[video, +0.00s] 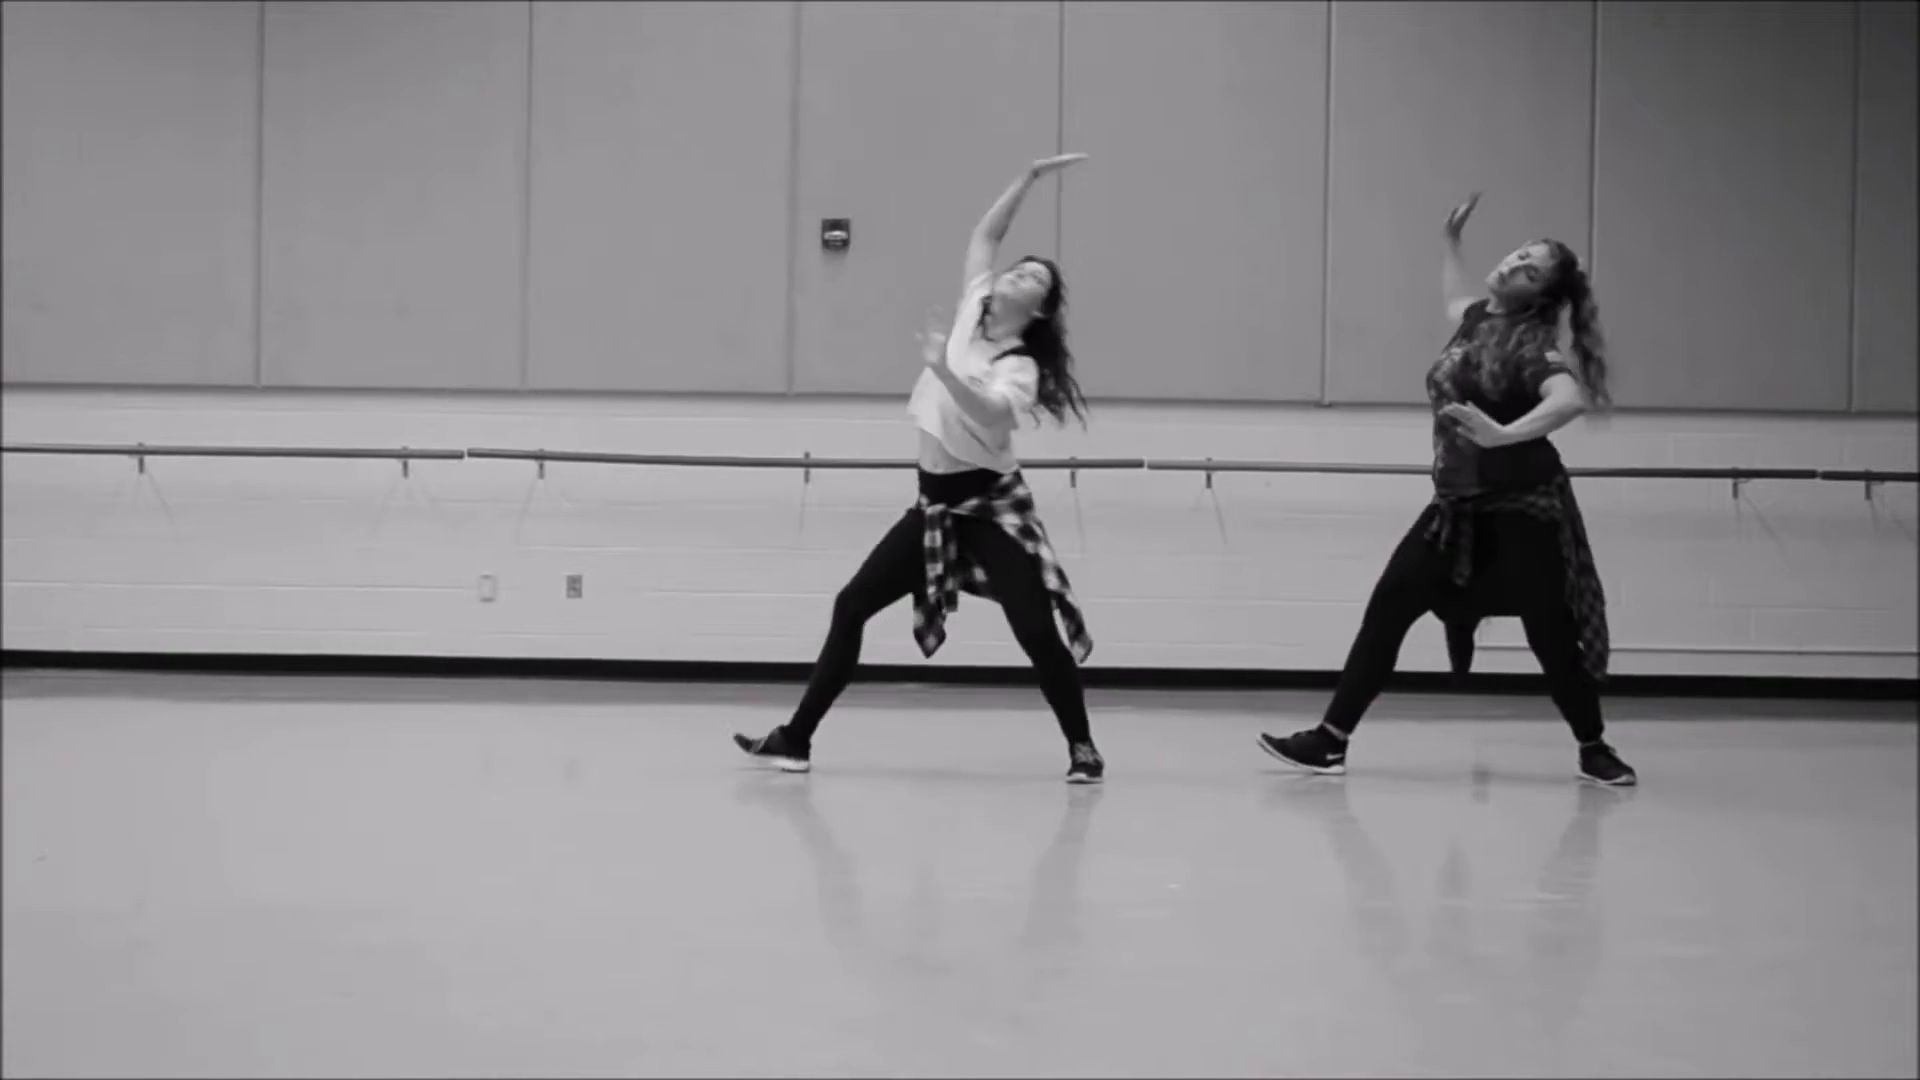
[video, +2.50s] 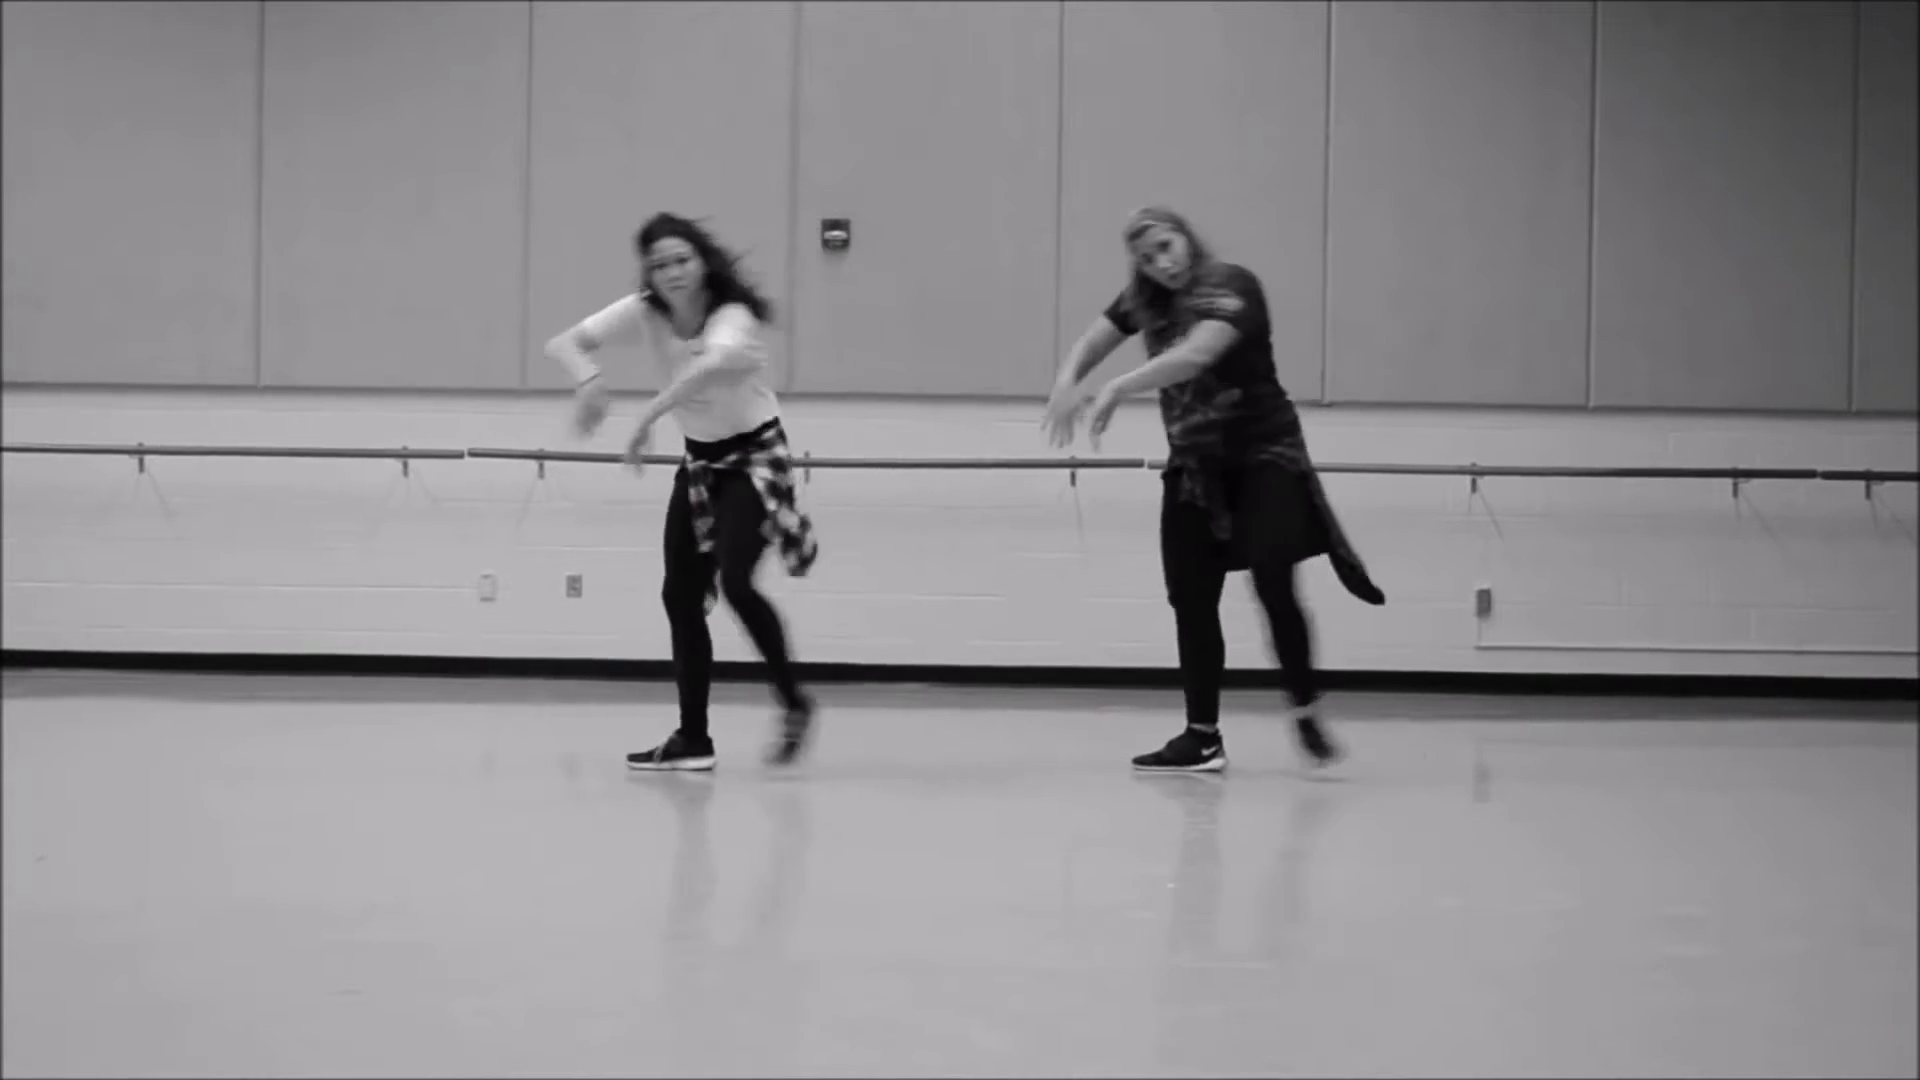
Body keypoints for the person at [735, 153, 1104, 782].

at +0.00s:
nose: (1018, 274)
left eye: (1034, 278)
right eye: (1018, 269)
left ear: (1040, 311)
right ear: (997, 282)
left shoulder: (1022, 367)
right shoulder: (969, 315)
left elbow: (996, 420)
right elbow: (985, 237)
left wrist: (942, 368)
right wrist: (1027, 176)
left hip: (992, 509)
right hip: (934, 509)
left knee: (1036, 634)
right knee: (852, 604)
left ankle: (1082, 749)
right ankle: (795, 738)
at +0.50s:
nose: (852, 260)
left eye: (868, 259)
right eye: (855, 254)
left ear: (887, 289)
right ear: (844, 275)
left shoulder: (891, 356)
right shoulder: (823, 332)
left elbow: (924, 394)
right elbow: (812, 359)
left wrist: (957, 391)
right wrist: (798, 331)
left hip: (864, 508)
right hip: (805, 503)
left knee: (865, 633)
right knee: (726, 604)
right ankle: (775, 730)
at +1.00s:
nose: (837, 275)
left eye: (852, 275)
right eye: (842, 268)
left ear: (869, 304)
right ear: (833, 283)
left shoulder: (848, 361)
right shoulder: (787, 339)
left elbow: (773, 380)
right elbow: (711, 367)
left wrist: (714, 367)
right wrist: (630, 346)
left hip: (812, 507)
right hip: (752, 501)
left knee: (826, 629)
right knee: (664, 599)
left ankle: (850, 744)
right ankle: (659, 740)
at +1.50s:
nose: (773, 277)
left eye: (787, 271)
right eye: (768, 265)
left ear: (808, 286)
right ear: (755, 271)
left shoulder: (811, 356)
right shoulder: (725, 336)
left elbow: (803, 437)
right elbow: (704, 430)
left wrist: (734, 410)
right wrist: (700, 403)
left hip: (800, 506)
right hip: (739, 505)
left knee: (784, 626)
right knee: (707, 627)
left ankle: (870, 732)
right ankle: (657, 736)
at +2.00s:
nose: (812, 315)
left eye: (826, 306)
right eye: (805, 304)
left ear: (849, 316)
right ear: (794, 310)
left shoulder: (853, 390)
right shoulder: (761, 346)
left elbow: (826, 483)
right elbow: (712, 419)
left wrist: (803, 446)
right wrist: (724, 402)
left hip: (794, 518)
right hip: (726, 510)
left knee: (844, 622)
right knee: (643, 611)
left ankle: (829, 743)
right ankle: (684, 737)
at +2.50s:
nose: (672, 272)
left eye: (682, 260)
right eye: (660, 265)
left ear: (705, 262)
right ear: (648, 276)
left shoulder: (731, 315)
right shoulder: (644, 310)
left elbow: (714, 363)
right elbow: (563, 343)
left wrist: (648, 418)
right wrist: (589, 379)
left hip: (756, 461)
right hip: (701, 467)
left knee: (736, 583)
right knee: (681, 597)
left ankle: (796, 703)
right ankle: (693, 736)